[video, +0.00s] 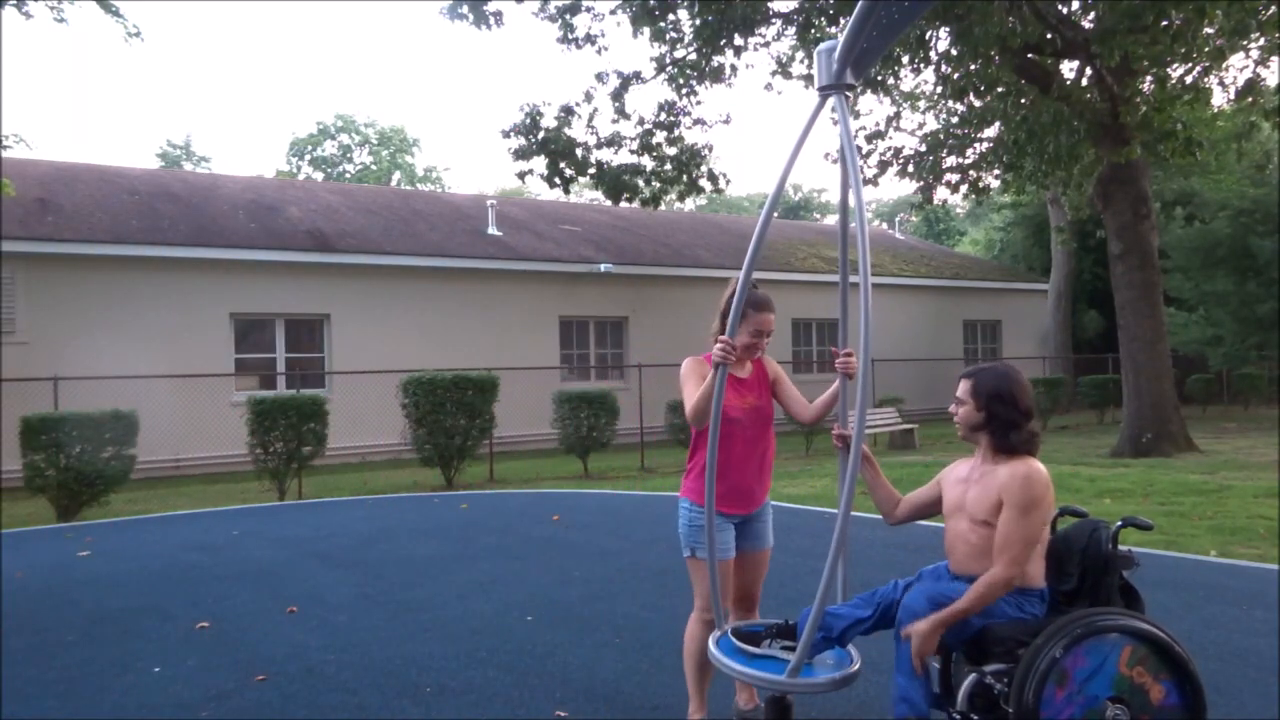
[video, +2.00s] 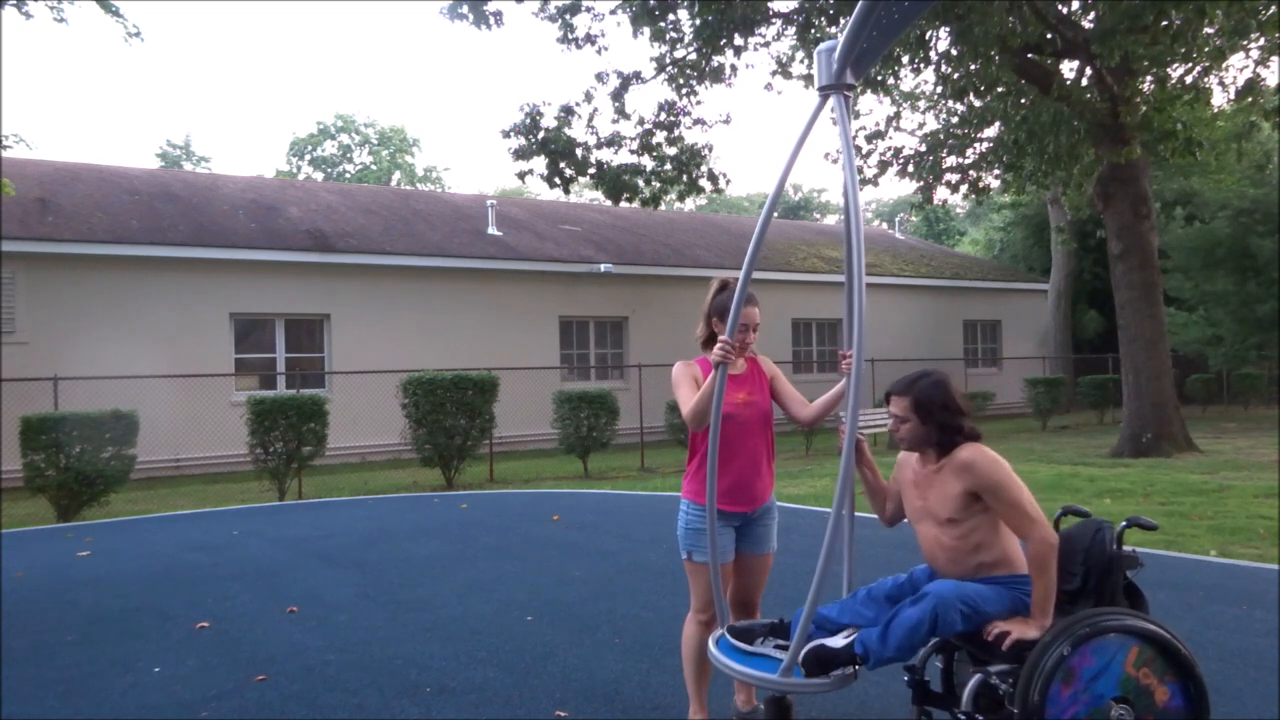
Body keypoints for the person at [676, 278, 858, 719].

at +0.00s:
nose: (763, 342)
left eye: (768, 334)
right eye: (755, 333)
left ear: (771, 330)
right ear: (729, 325)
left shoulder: (767, 367)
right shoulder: (698, 365)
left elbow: (808, 414)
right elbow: (696, 416)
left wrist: (842, 380)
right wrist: (718, 370)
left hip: (755, 506)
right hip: (706, 507)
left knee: (747, 605)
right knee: (709, 613)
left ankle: (747, 693)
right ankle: (697, 708)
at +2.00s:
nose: (747, 336)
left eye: (754, 328)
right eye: (740, 327)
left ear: (759, 326)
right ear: (715, 325)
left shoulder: (763, 365)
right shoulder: (689, 368)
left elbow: (807, 415)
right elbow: (694, 416)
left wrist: (848, 379)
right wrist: (719, 368)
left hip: (760, 507)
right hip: (706, 509)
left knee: (746, 608)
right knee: (705, 614)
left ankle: (745, 696)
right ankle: (697, 709)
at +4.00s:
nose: (761, 346)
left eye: (766, 338)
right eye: (753, 337)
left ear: (771, 331)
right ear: (728, 328)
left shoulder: (774, 367)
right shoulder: (699, 369)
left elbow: (811, 416)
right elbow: (699, 412)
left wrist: (843, 380)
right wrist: (719, 370)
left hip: (771, 504)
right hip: (719, 508)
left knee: (757, 611)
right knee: (733, 615)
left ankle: (747, 701)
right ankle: (699, 706)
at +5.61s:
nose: (761, 347)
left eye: (766, 338)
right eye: (752, 338)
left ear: (771, 332)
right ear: (728, 329)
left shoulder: (775, 368)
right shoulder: (698, 370)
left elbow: (811, 418)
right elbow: (700, 414)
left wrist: (844, 381)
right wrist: (719, 369)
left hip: (771, 503)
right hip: (718, 507)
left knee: (758, 609)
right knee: (733, 614)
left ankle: (746, 699)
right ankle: (699, 707)